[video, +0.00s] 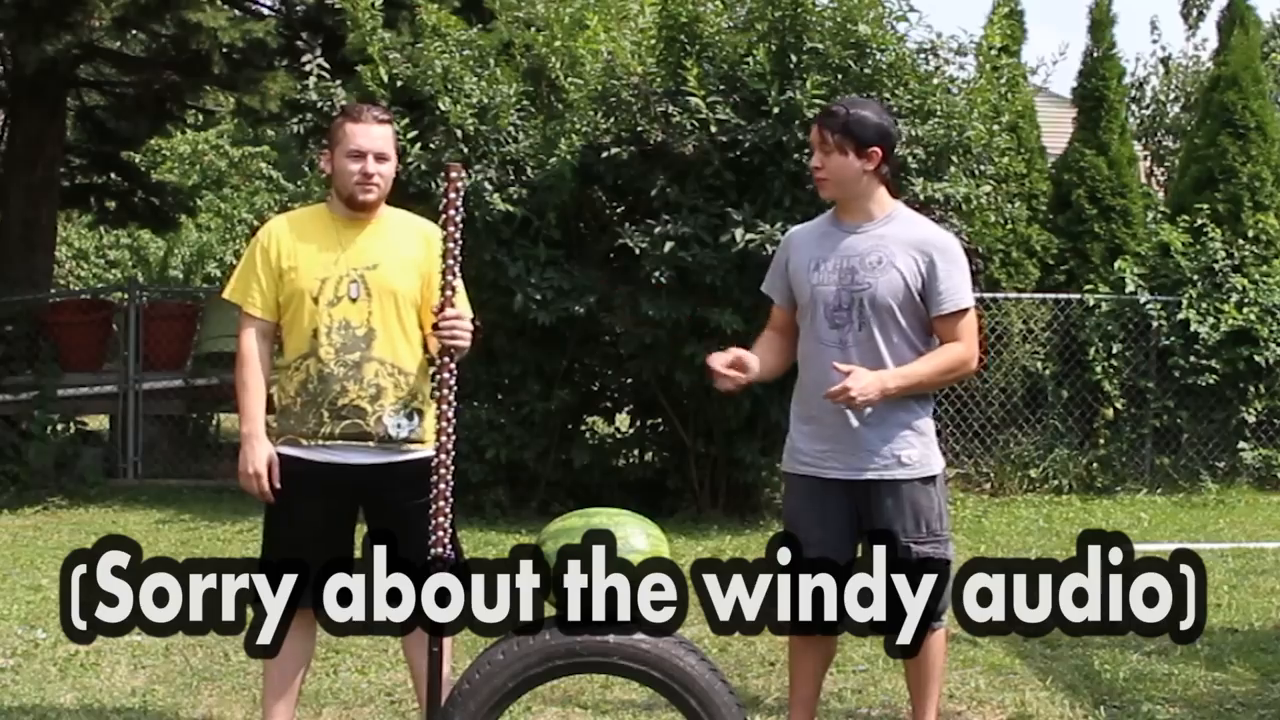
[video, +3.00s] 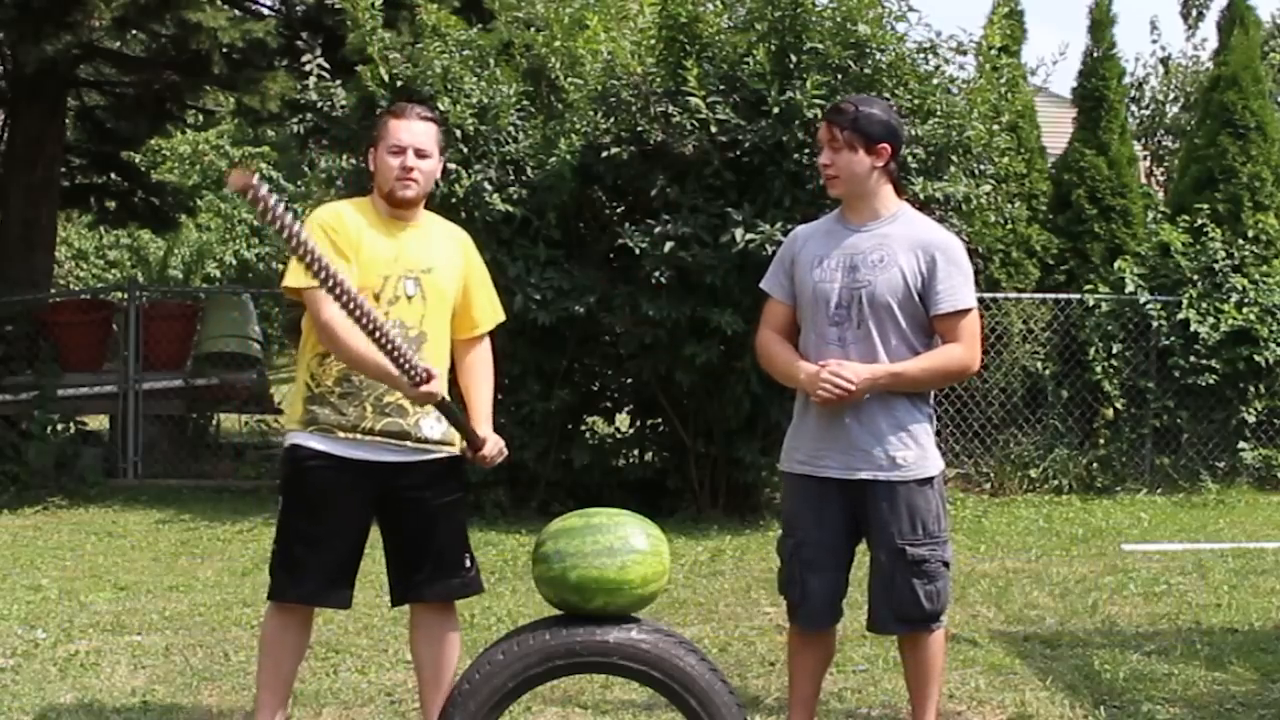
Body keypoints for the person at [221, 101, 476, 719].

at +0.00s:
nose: (369, 168)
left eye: (381, 157)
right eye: (356, 155)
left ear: (396, 166)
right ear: (328, 161)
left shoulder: (424, 239)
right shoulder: (282, 237)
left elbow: (446, 330)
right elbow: (254, 337)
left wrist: (457, 334)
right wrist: (253, 434)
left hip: (406, 458)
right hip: (307, 456)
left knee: (426, 603)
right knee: (293, 601)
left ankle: (438, 714)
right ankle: (277, 715)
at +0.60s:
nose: (368, 159)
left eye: (378, 150)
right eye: (354, 147)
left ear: (389, 162)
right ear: (320, 156)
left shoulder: (415, 237)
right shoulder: (273, 234)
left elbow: (443, 347)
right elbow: (236, 330)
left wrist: (428, 304)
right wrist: (294, 365)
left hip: (398, 456)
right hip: (300, 455)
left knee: (428, 602)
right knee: (285, 603)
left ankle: (432, 718)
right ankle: (275, 716)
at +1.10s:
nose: (368, 165)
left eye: (377, 154)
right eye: (353, 153)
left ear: (387, 163)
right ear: (319, 161)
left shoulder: (413, 239)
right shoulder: (278, 233)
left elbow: (440, 321)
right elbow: (267, 322)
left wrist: (458, 360)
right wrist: (351, 303)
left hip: (406, 451)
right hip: (307, 452)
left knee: (429, 599)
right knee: (291, 600)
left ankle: (436, 715)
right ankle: (275, 715)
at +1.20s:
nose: (373, 172)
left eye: (382, 160)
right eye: (359, 159)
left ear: (391, 166)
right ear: (325, 162)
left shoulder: (413, 242)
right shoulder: (281, 230)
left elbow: (440, 331)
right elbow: (270, 299)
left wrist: (464, 396)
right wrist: (357, 258)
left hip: (404, 452)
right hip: (306, 453)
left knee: (428, 599)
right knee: (291, 601)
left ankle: (438, 716)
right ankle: (275, 716)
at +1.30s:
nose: (381, 164)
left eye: (387, 153)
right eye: (367, 153)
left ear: (396, 161)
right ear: (330, 160)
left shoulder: (414, 245)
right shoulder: (285, 219)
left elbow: (438, 335)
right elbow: (274, 262)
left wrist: (459, 404)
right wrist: (353, 197)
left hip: (403, 449)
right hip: (306, 449)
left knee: (427, 596)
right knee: (292, 597)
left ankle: (438, 715)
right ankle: (275, 715)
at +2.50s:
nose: (398, 157)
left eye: (409, 148)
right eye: (385, 146)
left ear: (426, 163)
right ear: (357, 158)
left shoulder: (448, 240)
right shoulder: (314, 221)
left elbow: (462, 336)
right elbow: (317, 292)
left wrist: (445, 407)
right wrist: (384, 277)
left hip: (417, 453)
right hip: (320, 449)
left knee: (430, 599)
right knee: (292, 600)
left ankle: (438, 715)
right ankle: (271, 715)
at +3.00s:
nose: (409, 164)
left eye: (422, 154)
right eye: (396, 151)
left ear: (440, 167)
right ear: (371, 159)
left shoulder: (456, 245)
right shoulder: (330, 223)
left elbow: (473, 342)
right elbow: (329, 322)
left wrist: (481, 423)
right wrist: (396, 374)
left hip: (425, 454)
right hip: (328, 449)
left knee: (437, 597)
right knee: (295, 595)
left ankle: (439, 716)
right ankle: (269, 714)